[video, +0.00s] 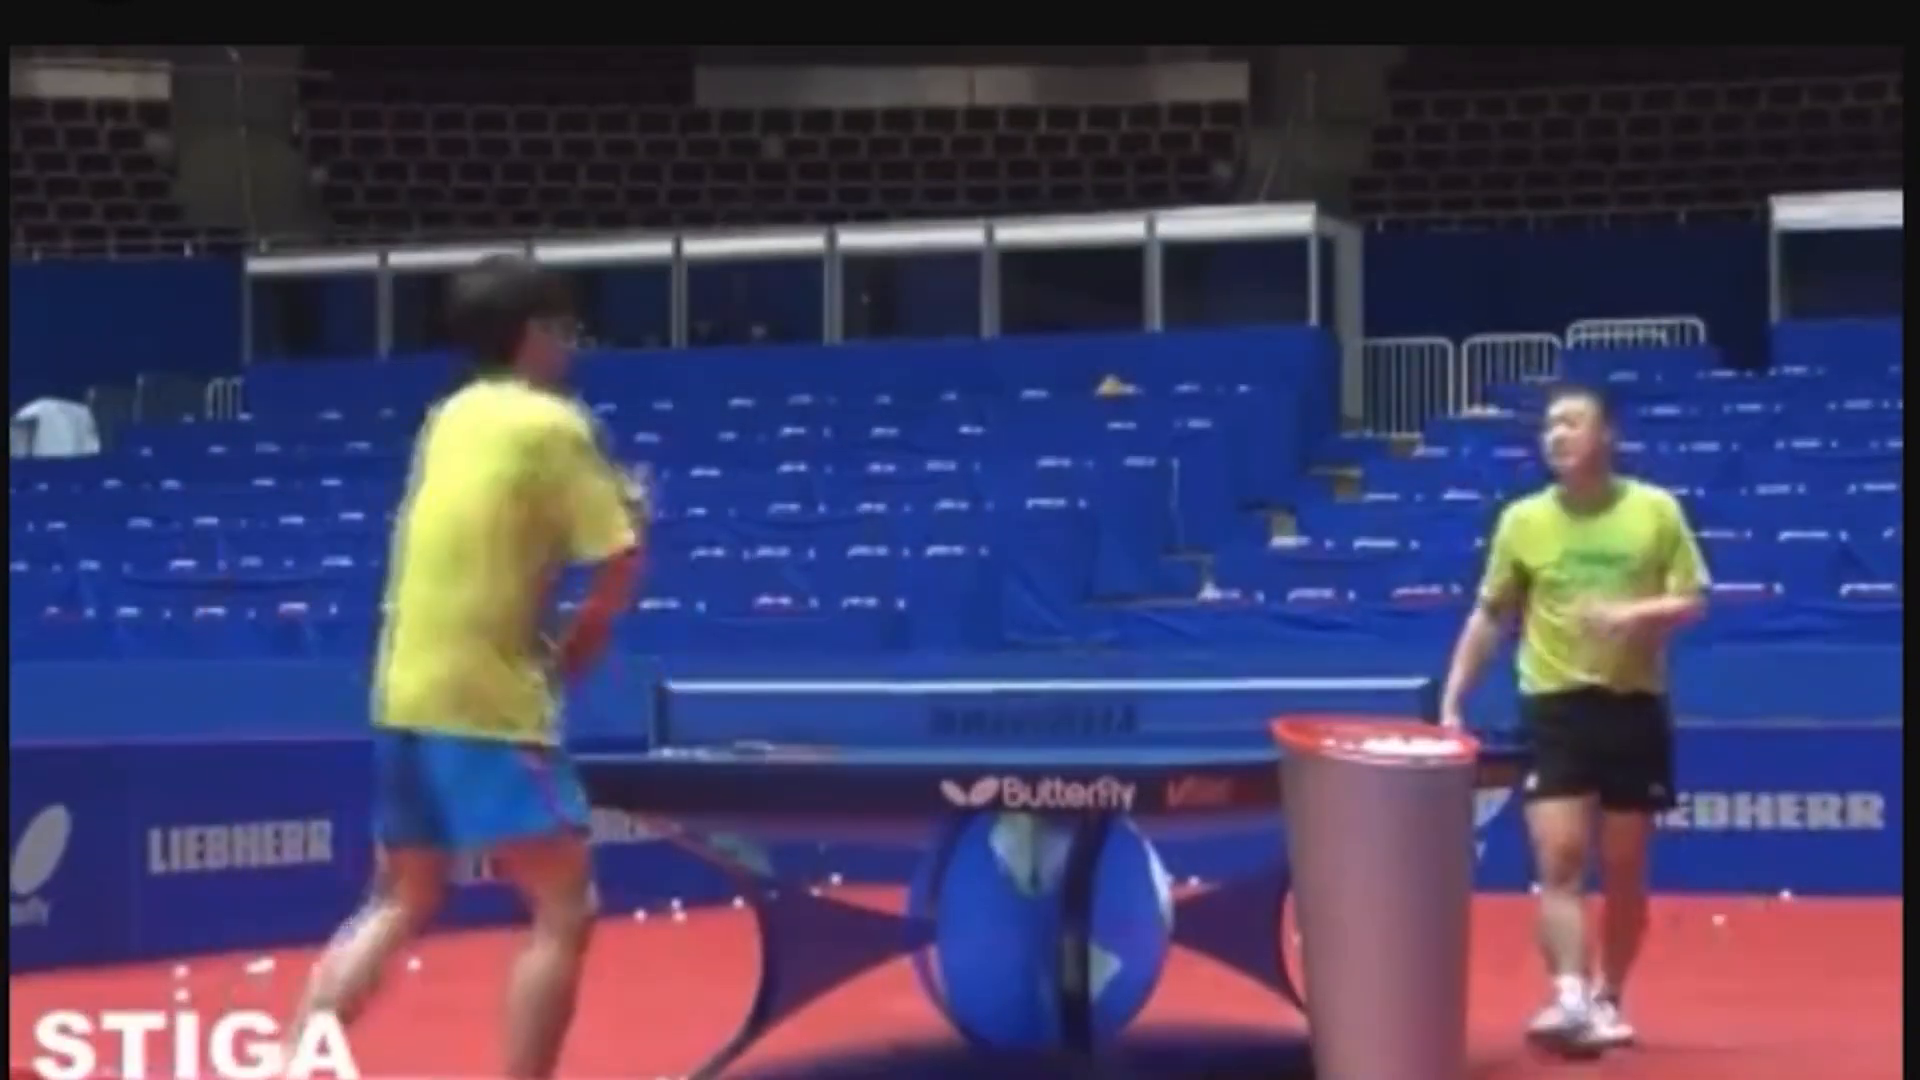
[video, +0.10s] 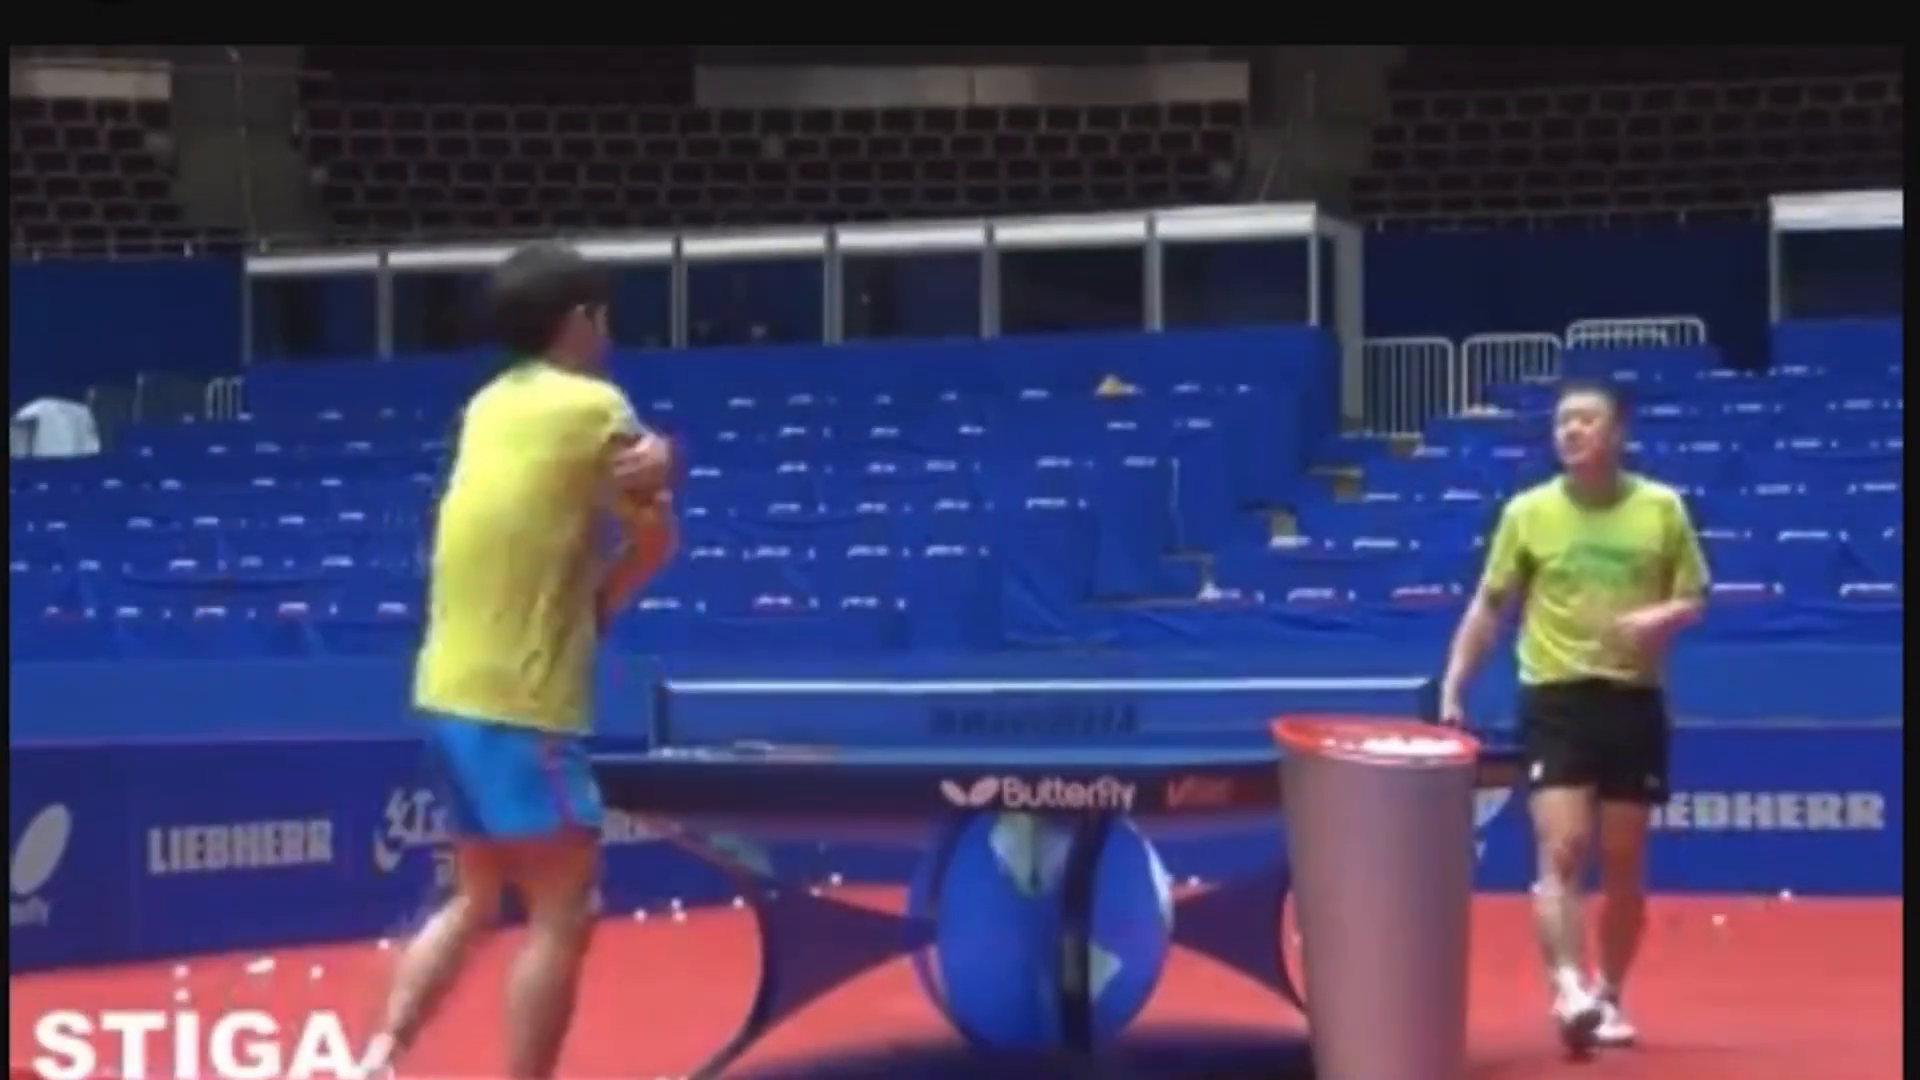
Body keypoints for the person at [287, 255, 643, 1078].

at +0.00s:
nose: (570, 344)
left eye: (567, 327)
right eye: (558, 328)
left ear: (490, 339)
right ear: (524, 336)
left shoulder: (450, 416)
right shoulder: (549, 426)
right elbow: (620, 555)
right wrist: (571, 654)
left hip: (402, 700)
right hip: (485, 705)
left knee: (403, 894)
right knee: (564, 910)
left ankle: (300, 1055)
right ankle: (525, 1067)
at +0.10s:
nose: (607, 331)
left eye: (602, 316)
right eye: (600, 316)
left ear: (529, 326)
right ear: (576, 322)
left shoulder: (490, 403)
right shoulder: (593, 410)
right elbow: (657, 539)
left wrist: (652, 470)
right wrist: (590, 605)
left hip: (447, 693)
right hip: (521, 707)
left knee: (474, 896)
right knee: (564, 912)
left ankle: (379, 1058)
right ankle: (527, 1069)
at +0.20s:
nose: (638, 328)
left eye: (636, 315)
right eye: (634, 315)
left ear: (553, 323)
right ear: (615, 318)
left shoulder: (528, 395)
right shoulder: (616, 400)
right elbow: (672, 531)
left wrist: (665, 489)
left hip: (484, 685)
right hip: (540, 700)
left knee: (548, 891)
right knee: (564, 909)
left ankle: (472, 1054)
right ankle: (521, 1067)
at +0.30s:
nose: (678, 328)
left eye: (677, 315)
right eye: (675, 315)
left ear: (593, 321)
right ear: (656, 322)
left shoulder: (570, 394)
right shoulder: (648, 398)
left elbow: (694, 547)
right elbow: (710, 477)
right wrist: (719, 452)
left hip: (544, 692)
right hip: (568, 703)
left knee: (626, 911)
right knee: (575, 920)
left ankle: (606, 1065)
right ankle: (526, 1067)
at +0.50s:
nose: (753, 338)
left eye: (749, 325)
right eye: (750, 325)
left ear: (671, 331)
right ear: (730, 328)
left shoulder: (650, 403)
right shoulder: (711, 401)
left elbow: (757, 546)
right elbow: (808, 479)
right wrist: (796, 458)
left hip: (644, 703)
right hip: (649, 709)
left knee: (713, 910)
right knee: (644, 918)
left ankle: (722, 1064)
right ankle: (547, 1068)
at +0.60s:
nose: (785, 342)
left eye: (781, 327)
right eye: (779, 327)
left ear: (708, 332)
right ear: (756, 329)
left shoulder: (698, 405)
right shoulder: (732, 392)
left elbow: (801, 551)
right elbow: (824, 463)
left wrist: (807, 477)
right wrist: (846, 452)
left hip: (703, 701)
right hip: (689, 703)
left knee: (752, 903)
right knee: (752, 901)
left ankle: (746, 1062)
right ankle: (588, 1058)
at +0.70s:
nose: (824, 347)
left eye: (824, 331)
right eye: (819, 330)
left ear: (753, 328)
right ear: (790, 326)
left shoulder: (740, 408)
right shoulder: (756, 392)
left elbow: (846, 543)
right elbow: (890, 463)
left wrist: (836, 464)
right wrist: (866, 444)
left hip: (726, 700)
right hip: (740, 703)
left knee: (780, 905)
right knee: (833, 892)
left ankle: (751, 1067)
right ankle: (689, 1050)